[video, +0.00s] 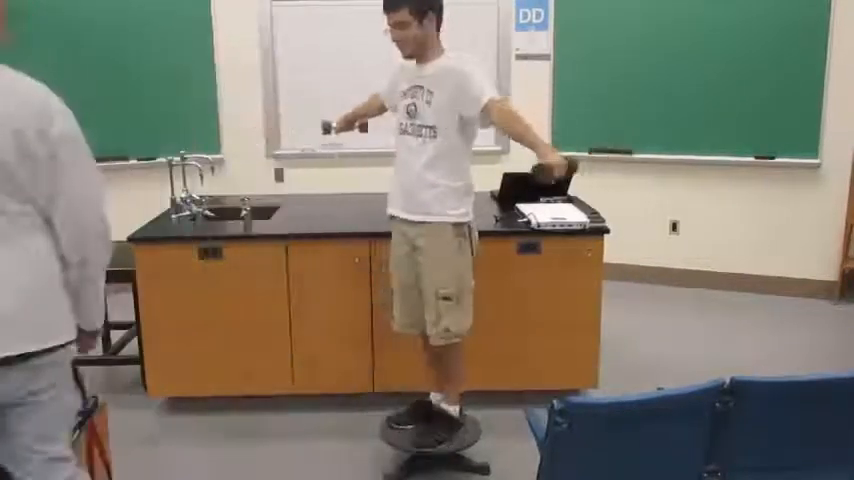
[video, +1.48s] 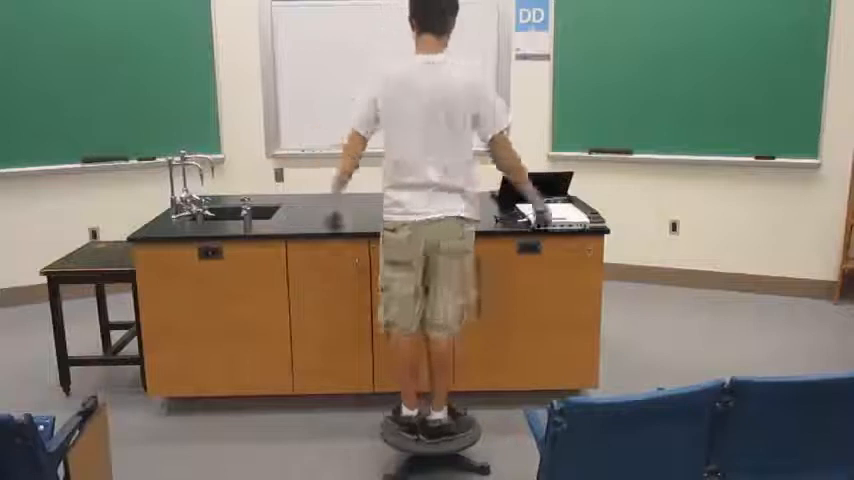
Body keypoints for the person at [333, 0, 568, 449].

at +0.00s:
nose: (395, 35)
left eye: (402, 26)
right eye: (391, 27)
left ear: (431, 23)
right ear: (392, 28)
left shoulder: (459, 74)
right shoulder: (403, 74)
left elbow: (501, 113)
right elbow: (378, 103)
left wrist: (545, 151)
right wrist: (351, 118)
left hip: (446, 217)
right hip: (406, 214)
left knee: (446, 323)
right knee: (421, 319)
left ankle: (452, 414)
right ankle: (437, 401)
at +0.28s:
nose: (389, 35)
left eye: (395, 26)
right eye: (387, 27)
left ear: (426, 22)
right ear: (414, 24)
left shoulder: (446, 74)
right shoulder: (416, 76)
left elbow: (473, 112)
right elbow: (405, 107)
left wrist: (491, 154)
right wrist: (387, 120)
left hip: (441, 219)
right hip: (413, 216)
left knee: (440, 324)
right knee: (424, 321)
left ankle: (449, 414)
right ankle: (441, 402)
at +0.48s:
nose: (387, 35)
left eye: (392, 25)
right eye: (386, 27)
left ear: (421, 23)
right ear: (415, 25)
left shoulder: (438, 67)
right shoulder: (425, 69)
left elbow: (442, 114)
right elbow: (434, 126)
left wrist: (435, 159)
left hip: (435, 219)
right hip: (421, 217)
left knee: (435, 320)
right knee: (427, 318)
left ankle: (445, 415)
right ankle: (439, 403)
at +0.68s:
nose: (387, 36)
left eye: (390, 26)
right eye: (386, 27)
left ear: (414, 22)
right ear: (425, 23)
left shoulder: (427, 69)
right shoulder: (450, 68)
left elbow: (410, 113)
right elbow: (456, 128)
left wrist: (371, 159)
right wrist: (408, 151)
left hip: (428, 221)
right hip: (443, 218)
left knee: (431, 325)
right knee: (437, 323)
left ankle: (437, 417)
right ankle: (447, 406)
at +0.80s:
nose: (391, 36)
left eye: (391, 26)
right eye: (389, 27)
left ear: (407, 22)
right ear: (430, 23)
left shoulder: (409, 72)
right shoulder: (459, 71)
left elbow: (372, 118)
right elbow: (493, 108)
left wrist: (319, 157)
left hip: (423, 223)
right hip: (454, 217)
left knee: (424, 326)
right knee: (448, 324)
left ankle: (431, 416)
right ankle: (451, 408)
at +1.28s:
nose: (401, 29)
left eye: (401, 22)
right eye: (406, 21)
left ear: (405, 23)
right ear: (443, 24)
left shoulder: (390, 74)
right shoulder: (470, 73)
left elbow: (342, 128)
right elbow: (515, 121)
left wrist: (285, 173)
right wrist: (557, 146)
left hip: (410, 222)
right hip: (458, 218)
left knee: (414, 327)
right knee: (451, 325)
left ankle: (417, 419)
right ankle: (447, 417)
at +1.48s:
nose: (417, 27)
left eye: (415, 20)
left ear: (412, 24)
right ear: (452, 28)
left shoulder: (388, 81)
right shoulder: (472, 83)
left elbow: (353, 147)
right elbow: (504, 153)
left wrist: (340, 180)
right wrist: (530, 192)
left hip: (402, 222)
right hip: (454, 222)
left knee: (403, 323)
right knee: (443, 324)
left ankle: (409, 413)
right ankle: (438, 415)